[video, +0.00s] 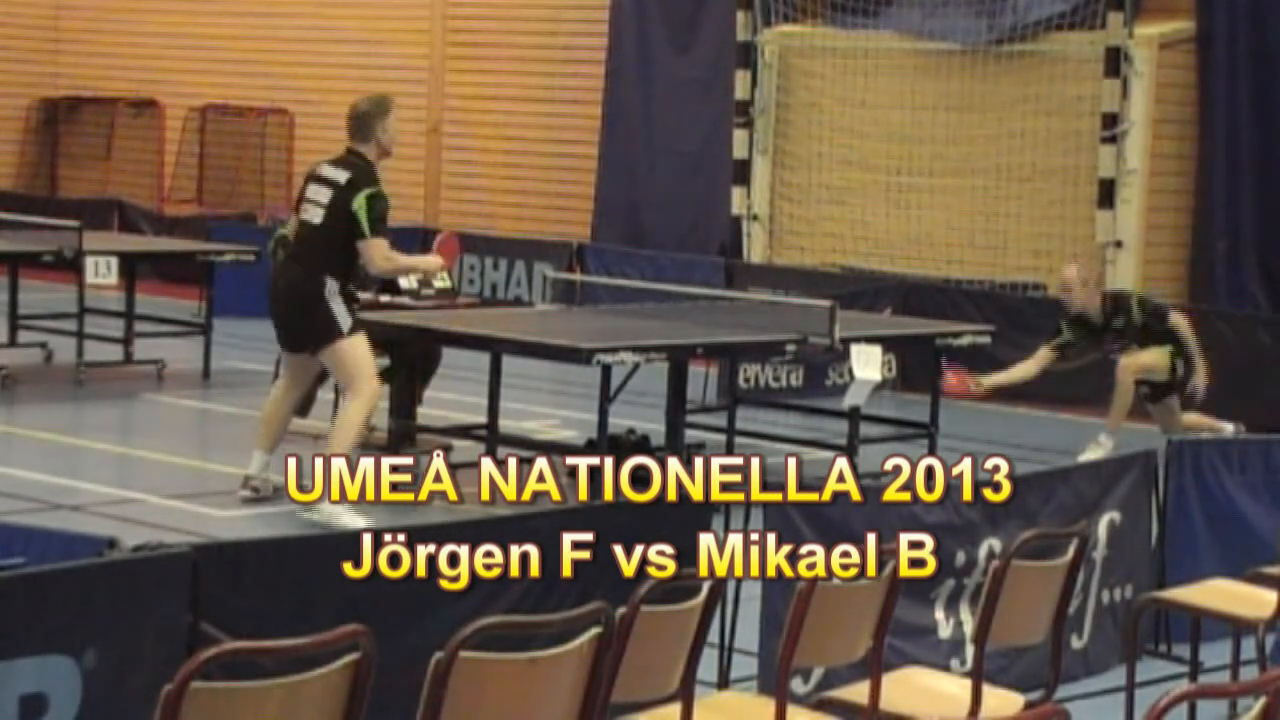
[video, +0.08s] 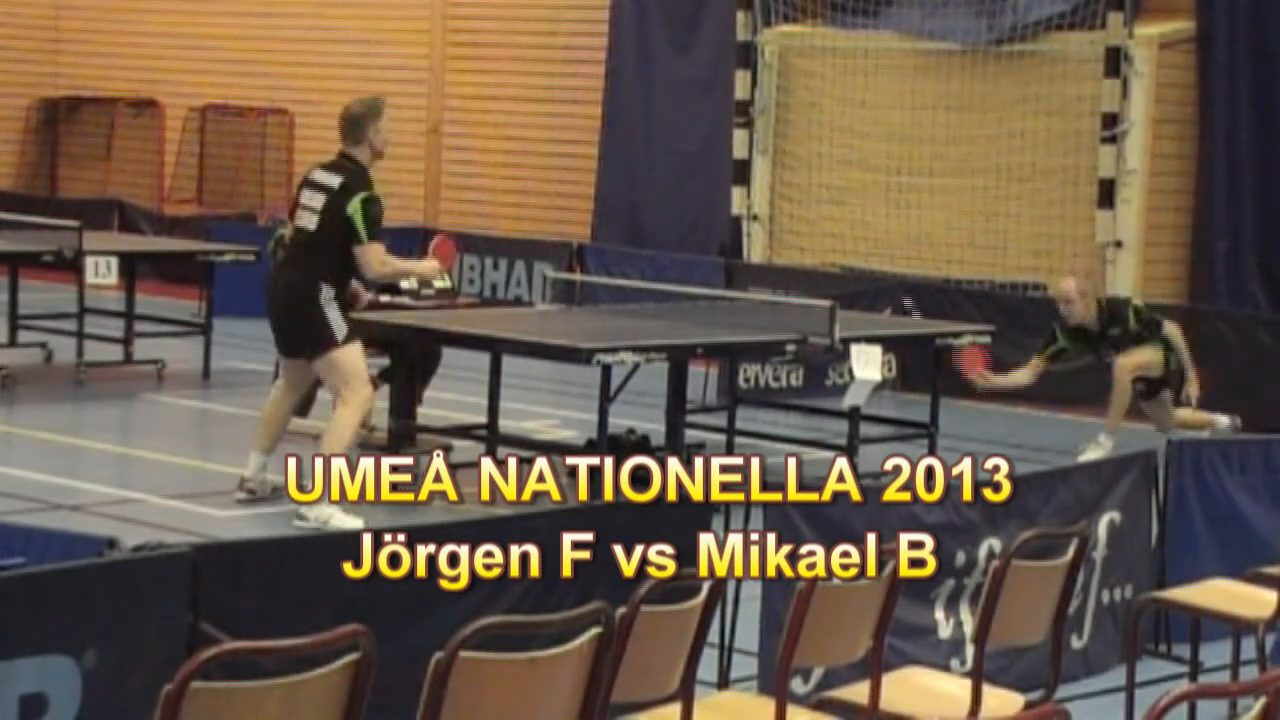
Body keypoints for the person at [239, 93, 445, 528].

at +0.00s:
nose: (398, 134)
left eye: (395, 127)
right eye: (393, 128)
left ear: (357, 132)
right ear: (377, 133)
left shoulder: (322, 170)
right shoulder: (365, 186)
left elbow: (307, 229)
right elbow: (379, 260)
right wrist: (423, 262)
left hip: (287, 282)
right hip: (318, 288)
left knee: (297, 379)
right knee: (365, 386)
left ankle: (257, 472)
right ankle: (332, 493)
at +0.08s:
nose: (388, 137)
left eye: (386, 129)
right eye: (384, 129)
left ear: (350, 134)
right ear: (370, 134)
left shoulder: (317, 173)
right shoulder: (358, 188)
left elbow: (309, 242)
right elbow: (375, 263)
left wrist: (346, 284)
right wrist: (419, 268)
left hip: (285, 288)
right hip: (314, 295)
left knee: (295, 383)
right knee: (357, 393)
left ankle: (254, 472)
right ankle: (324, 500)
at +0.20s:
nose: (383, 146)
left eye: (380, 138)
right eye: (378, 138)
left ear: (344, 142)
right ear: (364, 144)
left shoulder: (316, 178)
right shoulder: (349, 196)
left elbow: (315, 248)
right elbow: (359, 273)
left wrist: (368, 280)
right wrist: (410, 287)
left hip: (278, 294)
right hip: (304, 300)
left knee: (297, 386)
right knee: (356, 395)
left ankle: (254, 473)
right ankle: (323, 501)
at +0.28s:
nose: (380, 146)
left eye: (377, 138)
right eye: (375, 139)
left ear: (344, 147)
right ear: (360, 148)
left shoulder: (320, 180)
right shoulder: (340, 201)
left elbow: (341, 263)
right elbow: (338, 279)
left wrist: (381, 291)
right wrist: (396, 302)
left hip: (278, 298)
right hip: (298, 304)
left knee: (300, 388)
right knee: (355, 394)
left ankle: (254, 473)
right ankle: (320, 500)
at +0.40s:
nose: (379, 164)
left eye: (377, 156)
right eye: (374, 156)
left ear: (352, 161)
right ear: (355, 161)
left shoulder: (344, 204)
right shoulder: (327, 220)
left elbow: (358, 261)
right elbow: (304, 291)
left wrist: (409, 286)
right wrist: (357, 335)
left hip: (295, 313)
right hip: (286, 319)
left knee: (298, 395)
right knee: (355, 393)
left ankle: (254, 475)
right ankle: (329, 500)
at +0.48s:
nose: (380, 175)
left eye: (379, 167)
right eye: (375, 168)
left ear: (356, 172)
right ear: (355, 173)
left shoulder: (359, 216)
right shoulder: (321, 229)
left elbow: (383, 261)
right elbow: (289, 297)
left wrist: (430, 276)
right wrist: (317, 352)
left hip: (313, 317)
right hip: (290, 322)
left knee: (302, 394)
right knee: (357, 398)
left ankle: (255, 473)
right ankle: (333, 503)